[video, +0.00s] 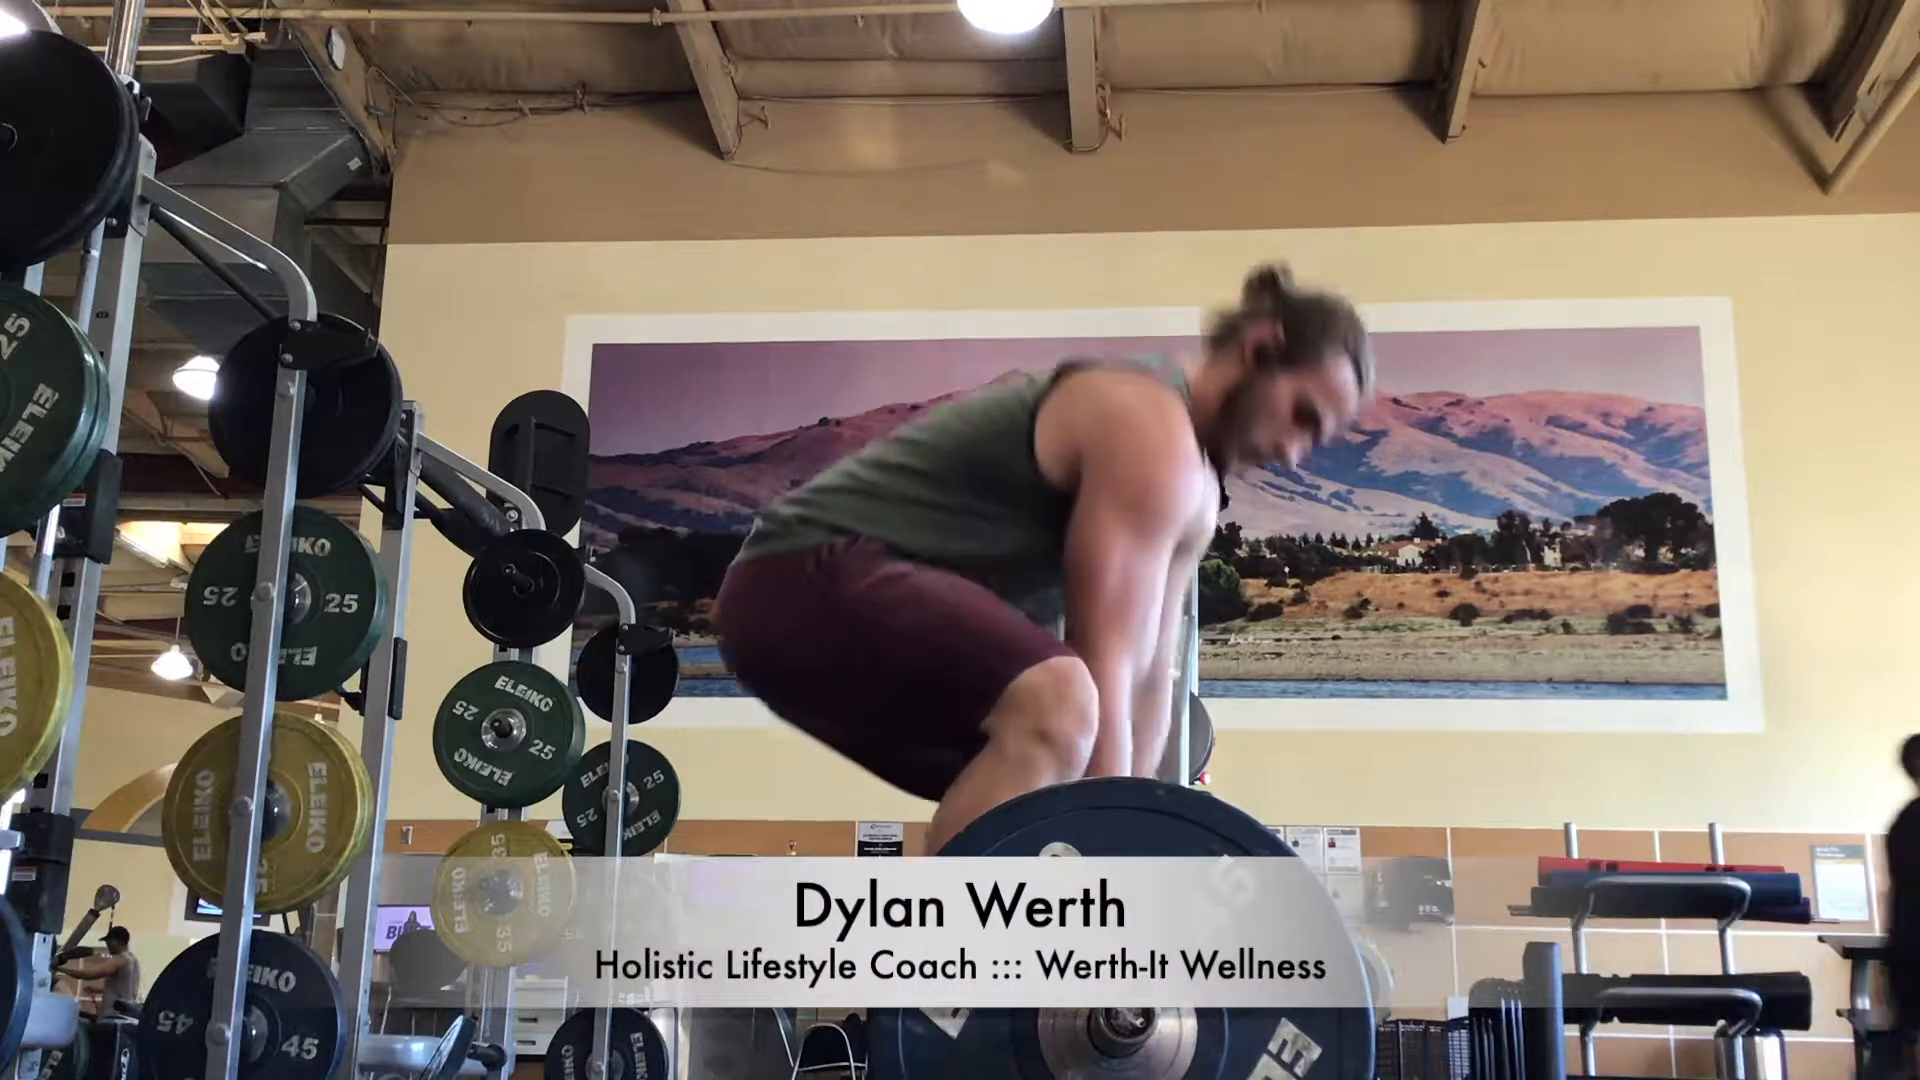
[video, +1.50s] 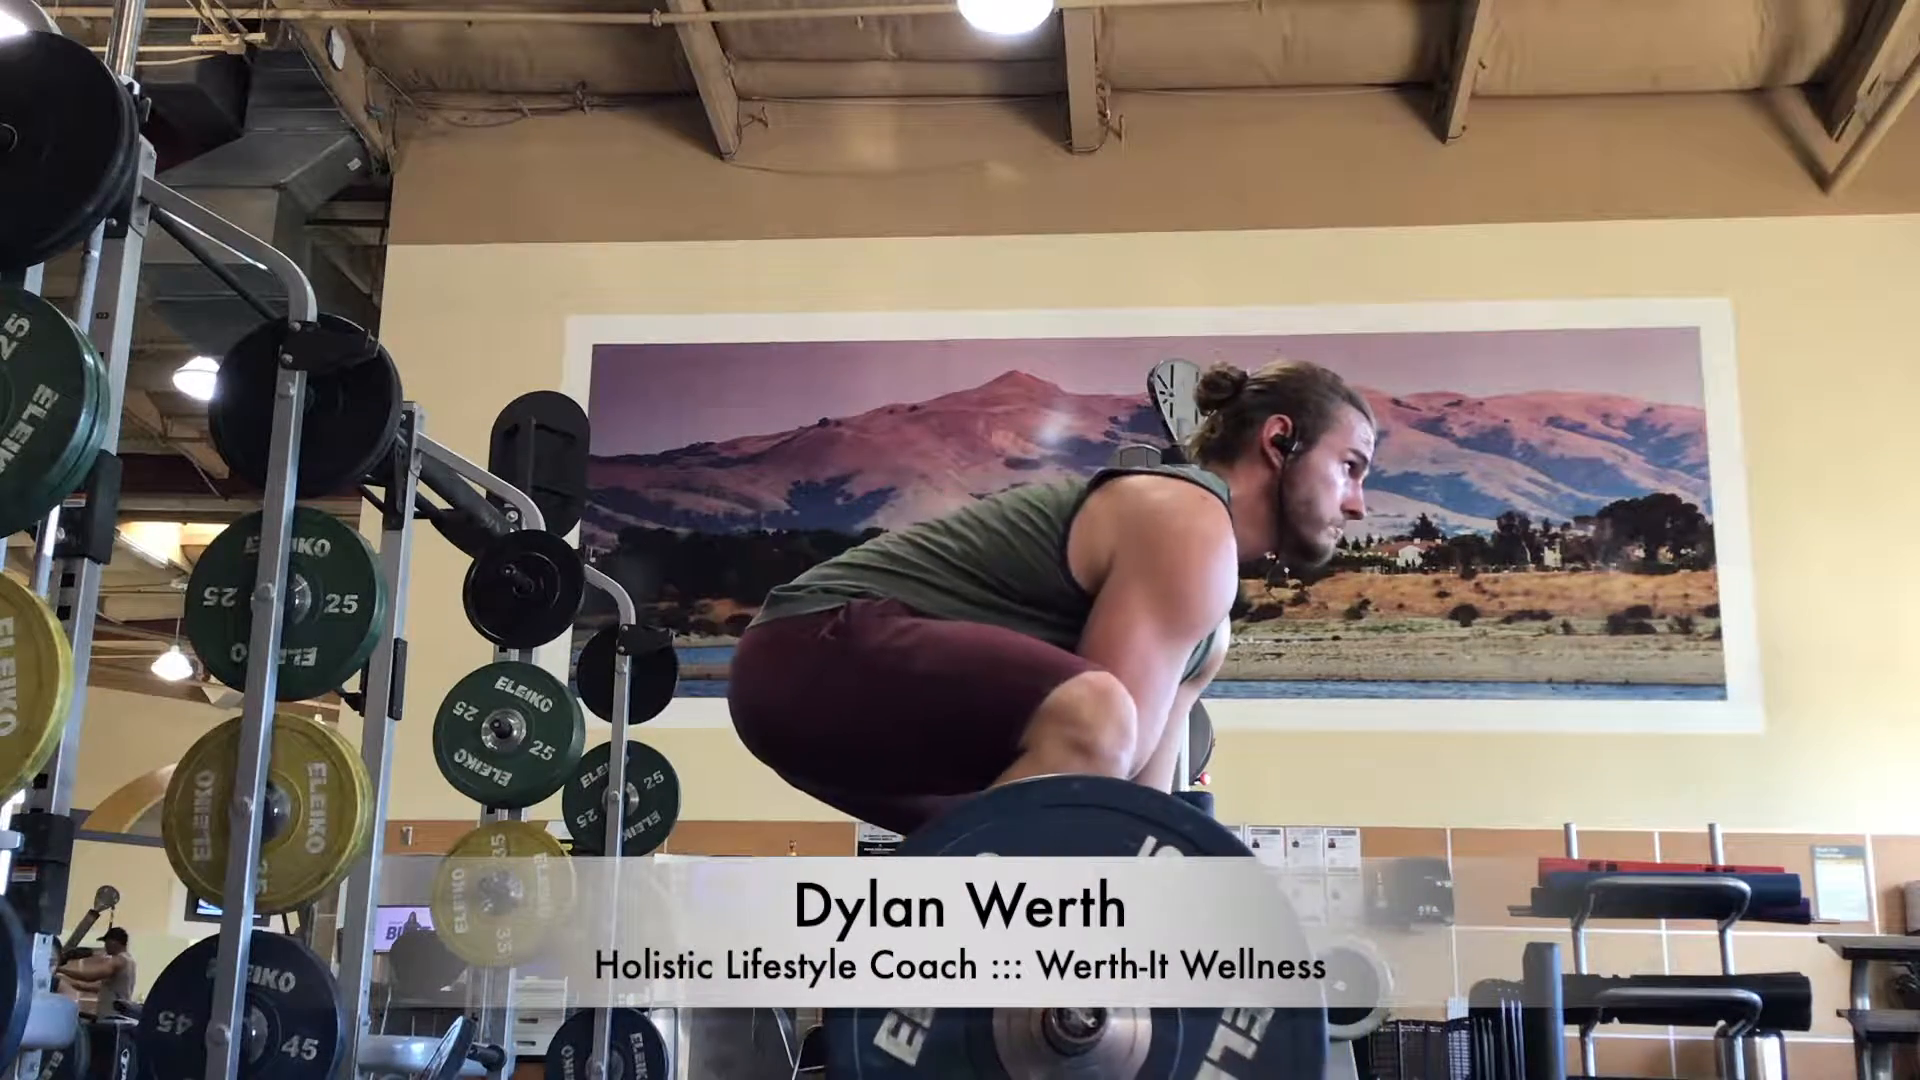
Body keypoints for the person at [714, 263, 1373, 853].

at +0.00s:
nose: (1298, 453)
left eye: (1319, 438)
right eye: (1305, 416)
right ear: (1260, 346)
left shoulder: (1193, 491)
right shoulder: (1145, 435)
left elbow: (1151, 688)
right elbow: (1098, 673)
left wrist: (1135, 868)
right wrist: (1101, 859)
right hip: (804, 574)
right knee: (1057, 705)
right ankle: (904, 958)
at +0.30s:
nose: (1304, 581)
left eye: (1326, 569)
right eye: (1316, 551)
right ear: (1282, 474)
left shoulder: (1195, 600)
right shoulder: (1148, 533)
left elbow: (1147, 800)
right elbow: (1076, 775)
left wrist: (1159, 956)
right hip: (794, 610)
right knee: (1068, 716)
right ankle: (928, 975)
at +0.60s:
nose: (1314, 584)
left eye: (1335, 567)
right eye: (1324, 548)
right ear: (1276, 478)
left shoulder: (1199, 628)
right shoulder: (1139, 543)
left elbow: (1148, 815)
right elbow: (1066, 779)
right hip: (786, 608)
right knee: (1060, 716)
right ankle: (924, 982)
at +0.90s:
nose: (1316, 541)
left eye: (1330, 523)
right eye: (1314, 503)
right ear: (1252, 452)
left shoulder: (1183, 627)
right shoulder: (1131, 529)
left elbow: (1131, 809)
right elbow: (1057, 776)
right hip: (778, 614)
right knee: (1044, 711)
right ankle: (893, 983)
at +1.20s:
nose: (1340, 502)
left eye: (1347, 478)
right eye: (1333, 466)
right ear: (1262, 437)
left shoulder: (1187, 620)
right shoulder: (1162, 518)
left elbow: (1137, 801)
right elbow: (1079, 780)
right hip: (799, 631)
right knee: (1076, 713)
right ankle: (918, 966)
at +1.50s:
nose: (1359, 503)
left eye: (1364, 479)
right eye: (1350, 468)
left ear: (1281, 451)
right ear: (1278, 445)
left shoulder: (1201, 633)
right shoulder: (1188, 528)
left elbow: (1144, 800)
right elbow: (1093, 768)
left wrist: (1139, 974)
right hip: (816, 643)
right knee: (1097, 716)